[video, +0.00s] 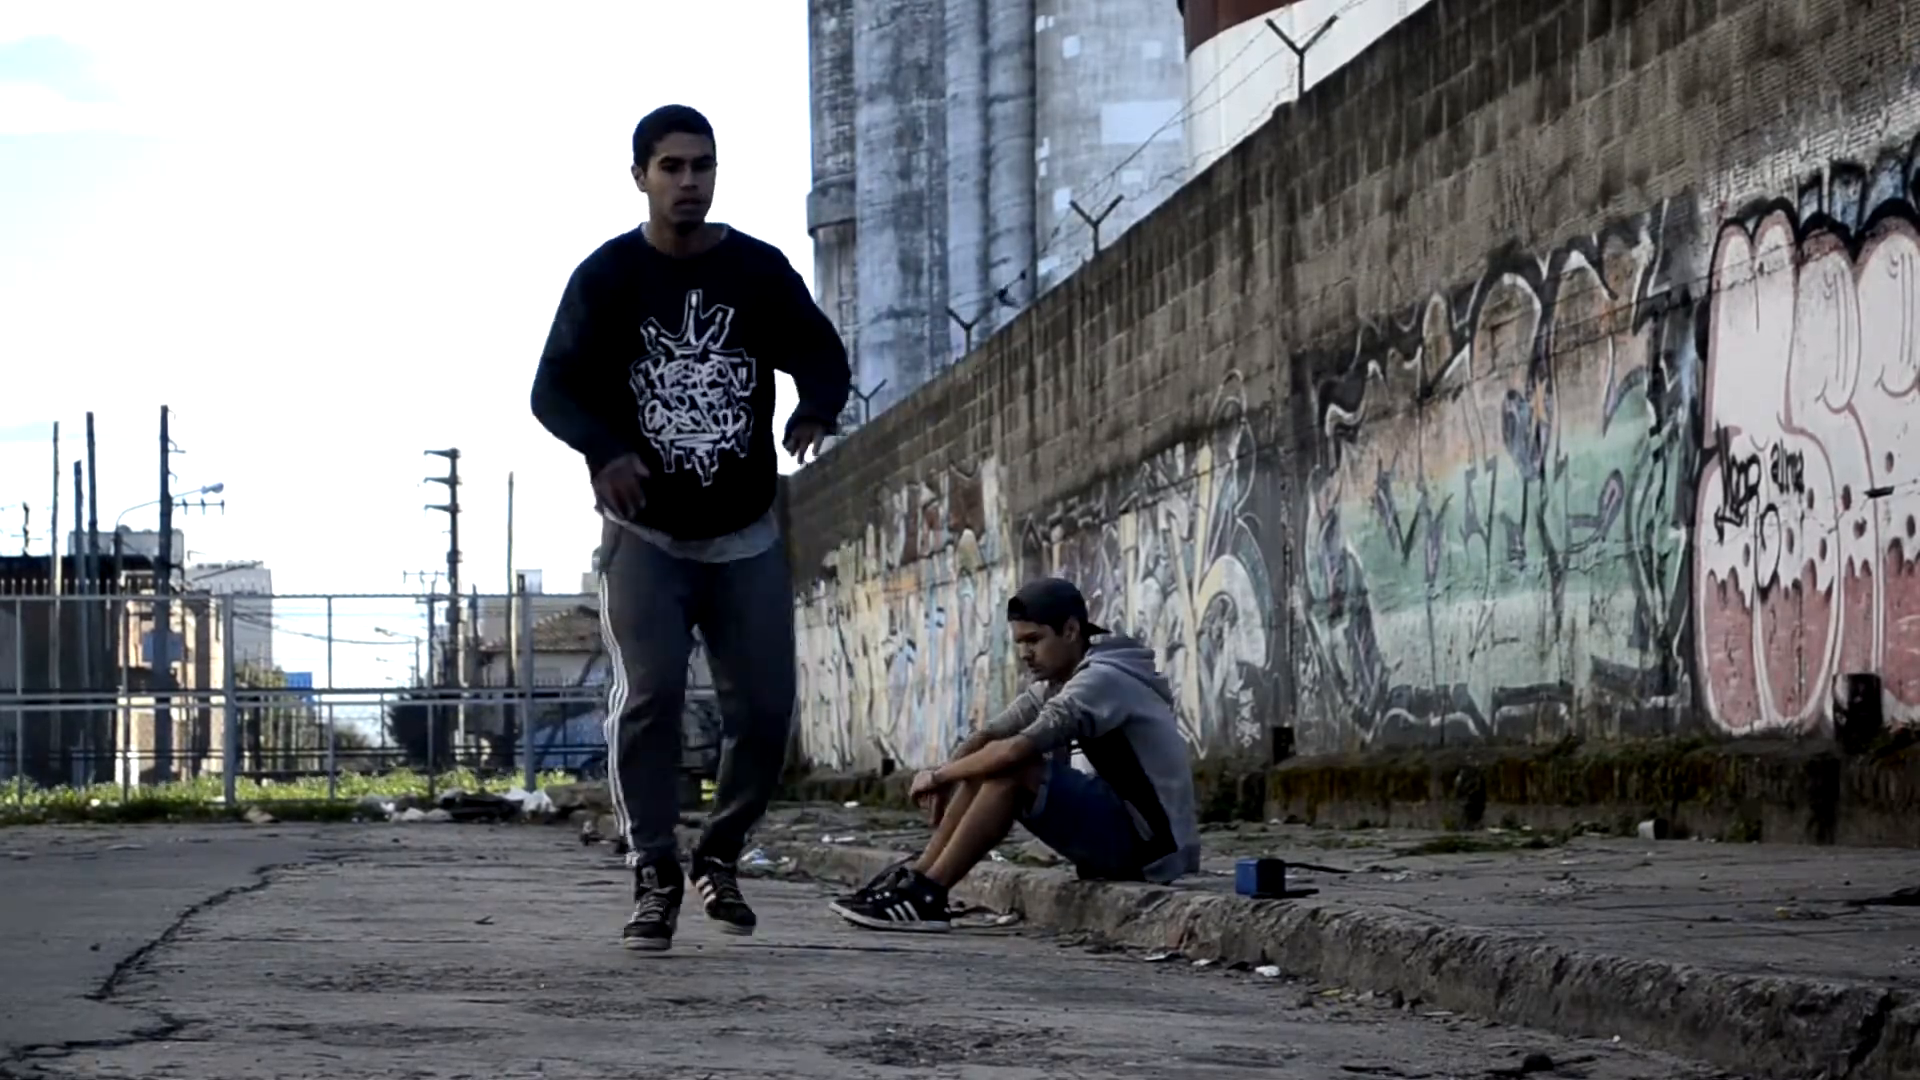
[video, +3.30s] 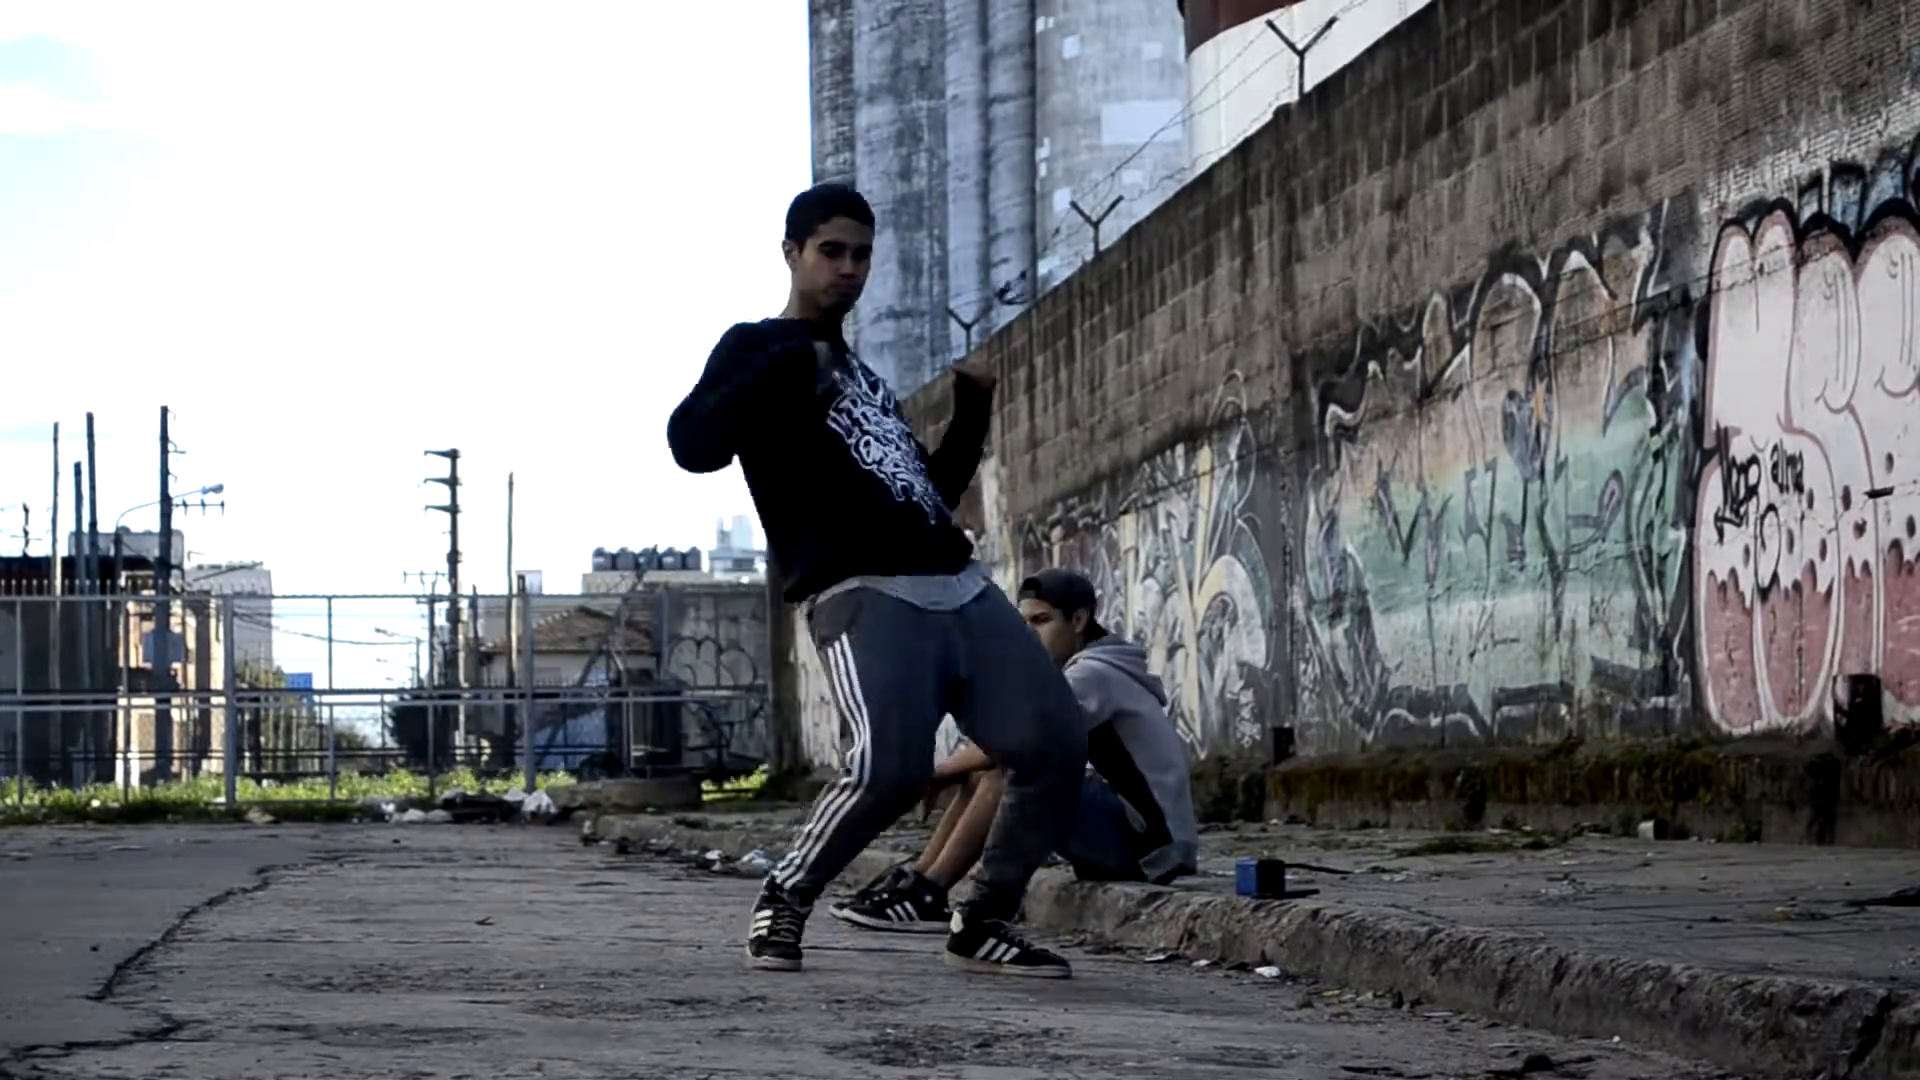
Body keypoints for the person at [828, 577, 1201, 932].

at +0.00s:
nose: (1023, 655)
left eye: (1032, 641)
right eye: (1018, 643)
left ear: (1071, 631)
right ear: (1062, 635)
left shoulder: (1102, 677)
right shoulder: (1064, 678)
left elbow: (1018, 752)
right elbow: (992, 735)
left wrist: (940, 774)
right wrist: (940, 777)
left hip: (1150, 848)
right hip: (1119, 838)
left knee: (1016, 769)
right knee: (988, 760)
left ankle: (932, 895)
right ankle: (915, 881)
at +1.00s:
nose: (1019, 650)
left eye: (1028, 636)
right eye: (1015, 639)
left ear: (1067, 628)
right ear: (1061, 632)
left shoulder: (1101, 676)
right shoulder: (1064, 684)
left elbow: (1011, 751)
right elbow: (999, 743)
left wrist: (957, 749)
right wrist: (942, 776)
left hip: (1151, 848)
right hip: (1120, 839)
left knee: (1013, 771)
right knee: (983, 767)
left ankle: (933, 895)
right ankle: (915, 882)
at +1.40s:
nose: (1030, 641)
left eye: (1041, 629)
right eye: (1026, 630)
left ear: (1080, 626)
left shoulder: (1104, 672)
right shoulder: (1060, 673)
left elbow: (1010, 737)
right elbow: (990, 730)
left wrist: (1001, 721)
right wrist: (936, 793)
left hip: (1146, 845)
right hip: (1115, 834)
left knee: (1012, 766)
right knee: (988, 755)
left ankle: (932, 894)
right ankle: (915, 880)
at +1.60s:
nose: (1029, 642)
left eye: (1039, 629)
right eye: (1026, 630)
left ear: (1079, 627)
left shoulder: (1103, 670)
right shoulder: (1073, 672)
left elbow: (1009, 737)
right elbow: (995, 728)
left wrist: (999, 720)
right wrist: (941, 784)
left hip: (1150, 842)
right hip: (1119, 832)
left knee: (1011, 765)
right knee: (989, 758)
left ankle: (932, 895)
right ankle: (912, 883)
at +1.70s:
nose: (1028, 639)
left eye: (1039, 626)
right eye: (1026, 628)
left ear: (1079, 625)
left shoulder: (1101, 667)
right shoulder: (1081, 669)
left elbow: (1010, 735)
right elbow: (1010, 734)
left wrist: (978, 725)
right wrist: (949, 771)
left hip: (1149, 843)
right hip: (1122, 834)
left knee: (1014, 764)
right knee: (988, 757)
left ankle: (936, 893)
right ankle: (914, 881)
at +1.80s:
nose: (1027, 637)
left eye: (1038, 625)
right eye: (1025, 626)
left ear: (1077, 624)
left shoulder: (1097, 665)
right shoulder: (1082, 668)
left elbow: (1012, 732)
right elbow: (1019, 745)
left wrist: (943, 749)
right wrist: (958, 763)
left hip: (1150, 842)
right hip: (1123, 833)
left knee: (1013, 764)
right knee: (985, 765)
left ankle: (935, 894)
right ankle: (915, 882)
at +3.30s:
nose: (1029, 635)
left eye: (1040, 622)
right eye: (1025, 624)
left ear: (1079, 620)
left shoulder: (1093, 671)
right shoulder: (1079, 669)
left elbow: (1011, 747)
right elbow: (1002, 741)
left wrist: (934, 772)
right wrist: (939, 770)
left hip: (1148, 845)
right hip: (1119, 832)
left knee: (1007, 776)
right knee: (981, 768)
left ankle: (932, 894)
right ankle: (912, 883)